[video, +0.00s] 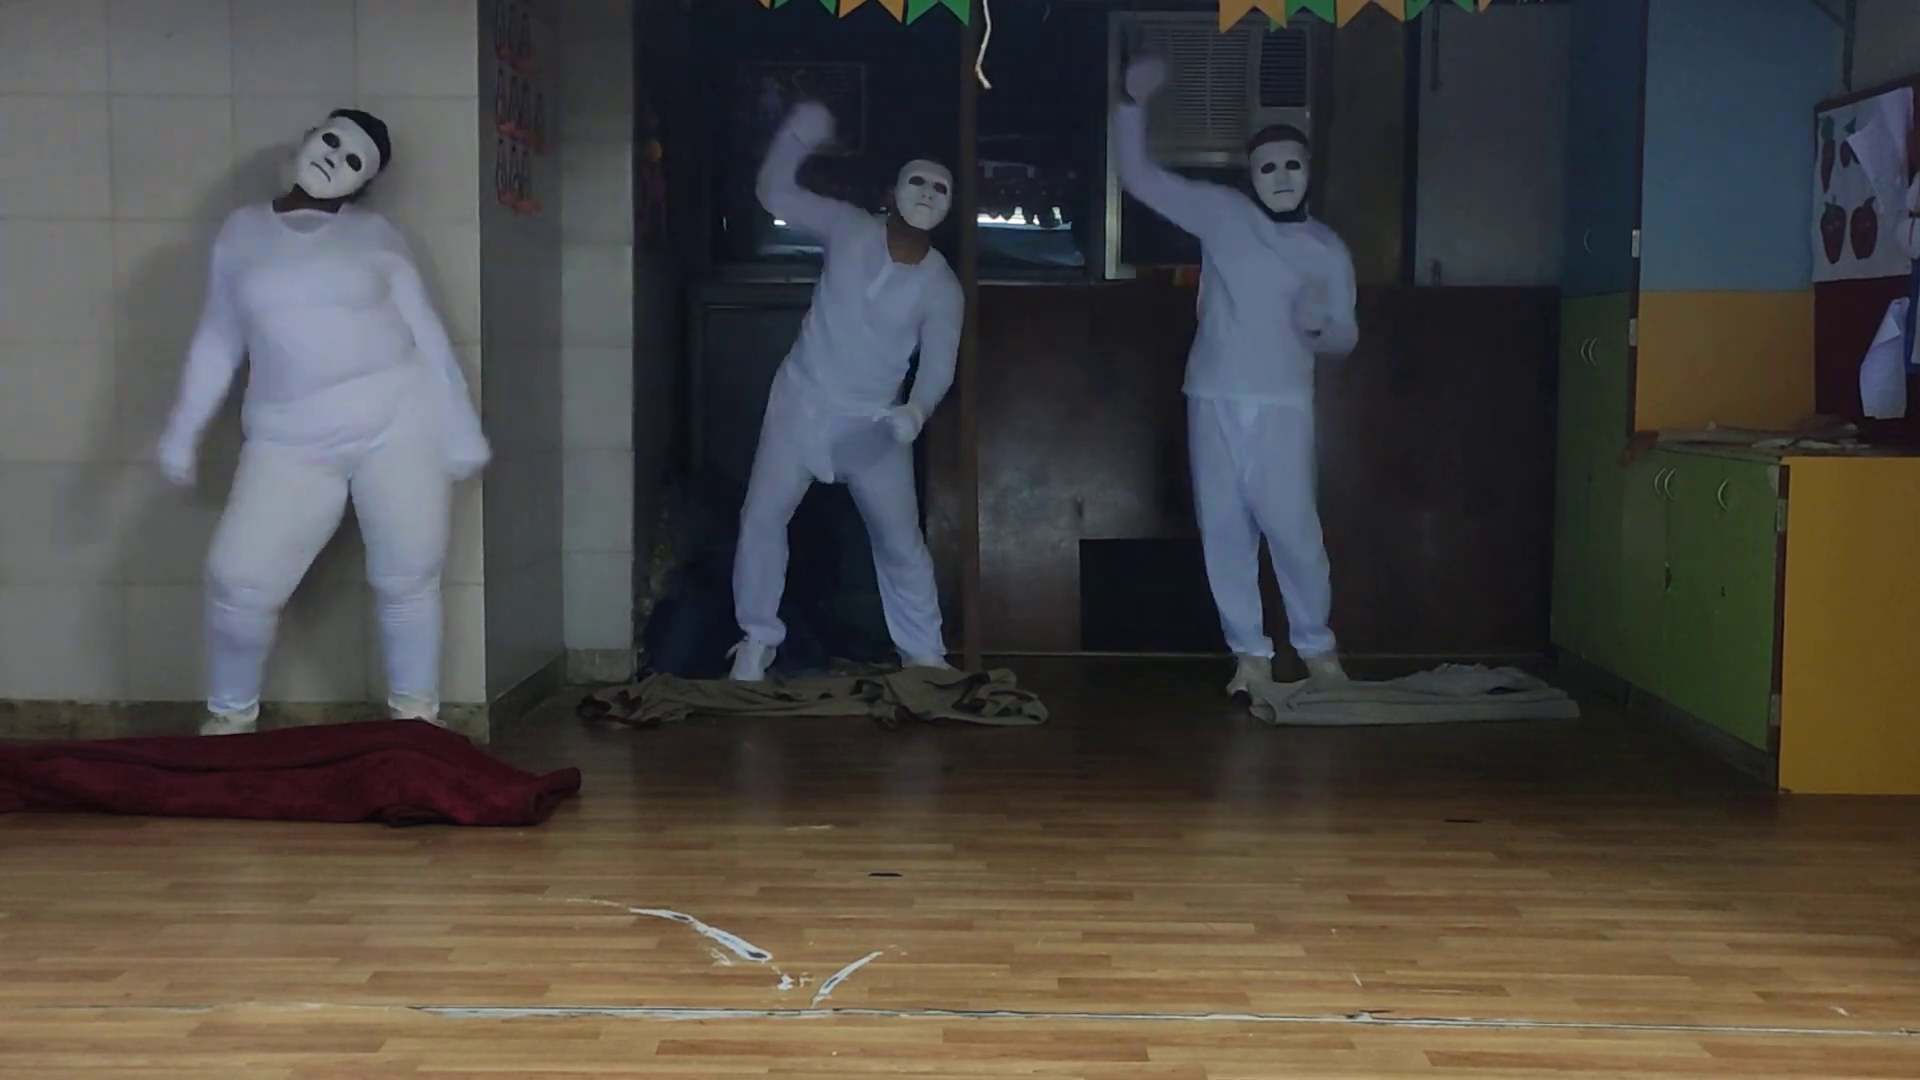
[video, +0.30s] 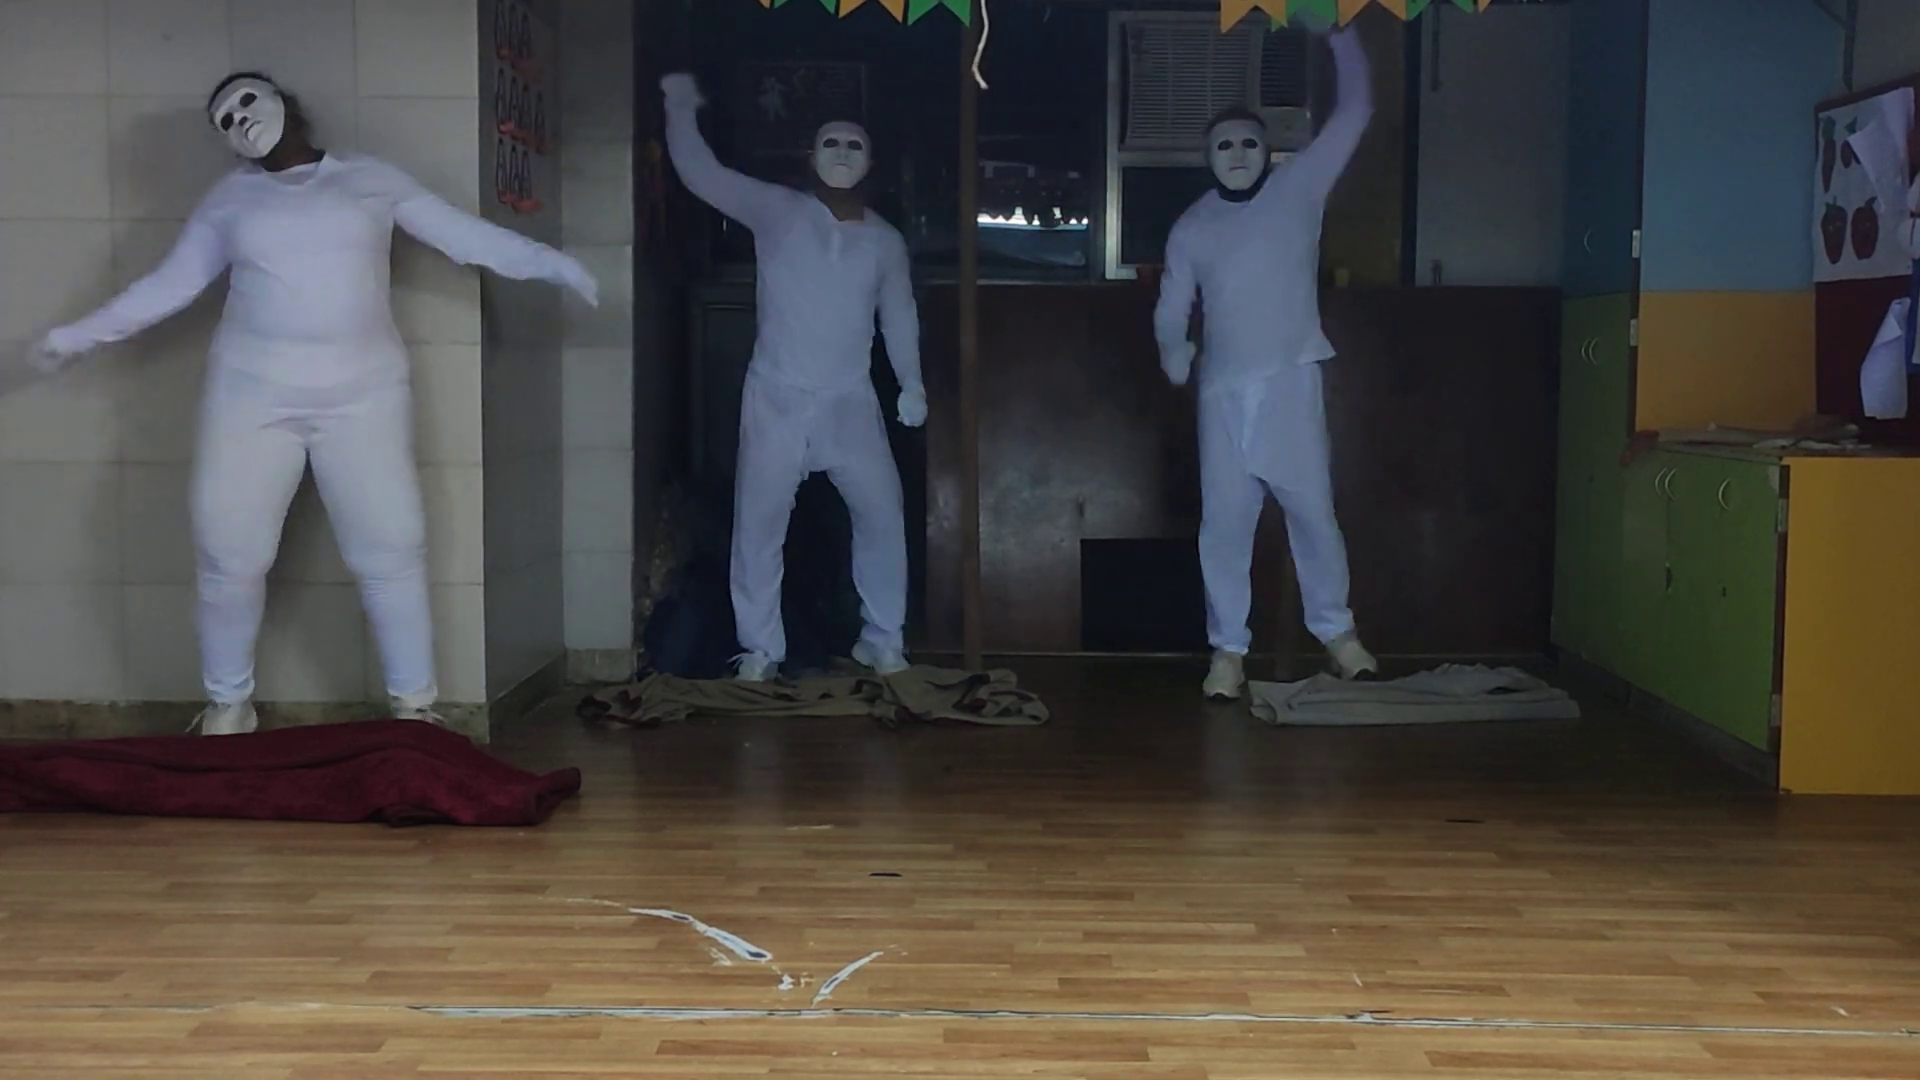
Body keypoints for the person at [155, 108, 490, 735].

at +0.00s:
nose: (333, 161)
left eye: (352, 163)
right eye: (330, 144)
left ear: (363, 183)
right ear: (304, 143)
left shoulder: (377, 239)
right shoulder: (244, 237)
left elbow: (429, 338)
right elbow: (217, 341)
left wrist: (462, 431)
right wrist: (182, 436)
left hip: (395, 428)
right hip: (290, 442)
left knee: (407, 578)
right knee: (239, 580)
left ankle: (414, 715)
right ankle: (231, 716)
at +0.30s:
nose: (239, 122)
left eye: (247, 104)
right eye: (227, 122)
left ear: (283, 103)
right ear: (228, 141)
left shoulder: (369, 179)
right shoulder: (232, 201)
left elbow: (462, 234)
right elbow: (170, 285)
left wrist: (554, 265)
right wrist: (82, 333)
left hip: (362, 400)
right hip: (252, 404)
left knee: (390, 550)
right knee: (229, 555)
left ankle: (415, 705)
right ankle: (227, 705)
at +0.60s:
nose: (235, 138)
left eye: (247, 122)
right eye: (218, 131)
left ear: (278, 129)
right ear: (209, 147)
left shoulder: (336, 215)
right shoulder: (197, 224)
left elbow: (397, 311)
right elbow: (158, 330)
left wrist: (465, 321)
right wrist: (113, 415)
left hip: (318, 417)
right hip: (207, 419)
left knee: (360, 565)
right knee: (214, 576)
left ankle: (389, 711)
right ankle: (231, 714)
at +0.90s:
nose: (256, 131)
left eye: (273, 118)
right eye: (242, 118)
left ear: (296, 130)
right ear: (225, 129)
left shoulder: (340, 211)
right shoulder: (195, 205)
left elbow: (386, 307)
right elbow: (101, 227)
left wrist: (395, 392)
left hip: (329, 416)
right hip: (225, 418)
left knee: (334, 571)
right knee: (238, 572)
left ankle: (348, 713)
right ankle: (237, 711)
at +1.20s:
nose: (282, 177)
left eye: (296, 161)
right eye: (266, 162)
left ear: (320, 153)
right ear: (247, 155)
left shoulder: (365, 223)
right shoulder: (222, 210)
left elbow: (402, 333)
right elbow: (130, 157)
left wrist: (417, 429)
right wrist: (151, 44)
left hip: (347, 422)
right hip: (242, 421)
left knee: (350, 571)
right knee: (191, 550)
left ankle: (353, 719)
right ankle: (218, 710)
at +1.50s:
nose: (288, 338)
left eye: (302, 324)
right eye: (274, 323)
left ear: (328, 305)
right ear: (257, 307)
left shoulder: (369, 351)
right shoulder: (225, 338)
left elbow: (376, 463)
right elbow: (156, 413)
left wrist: (382, 564)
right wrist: (163, 458)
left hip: (330, 499)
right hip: (231, 494)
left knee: (377, 592)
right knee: (154, 587)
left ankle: (354, 715)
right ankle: (222, 718)